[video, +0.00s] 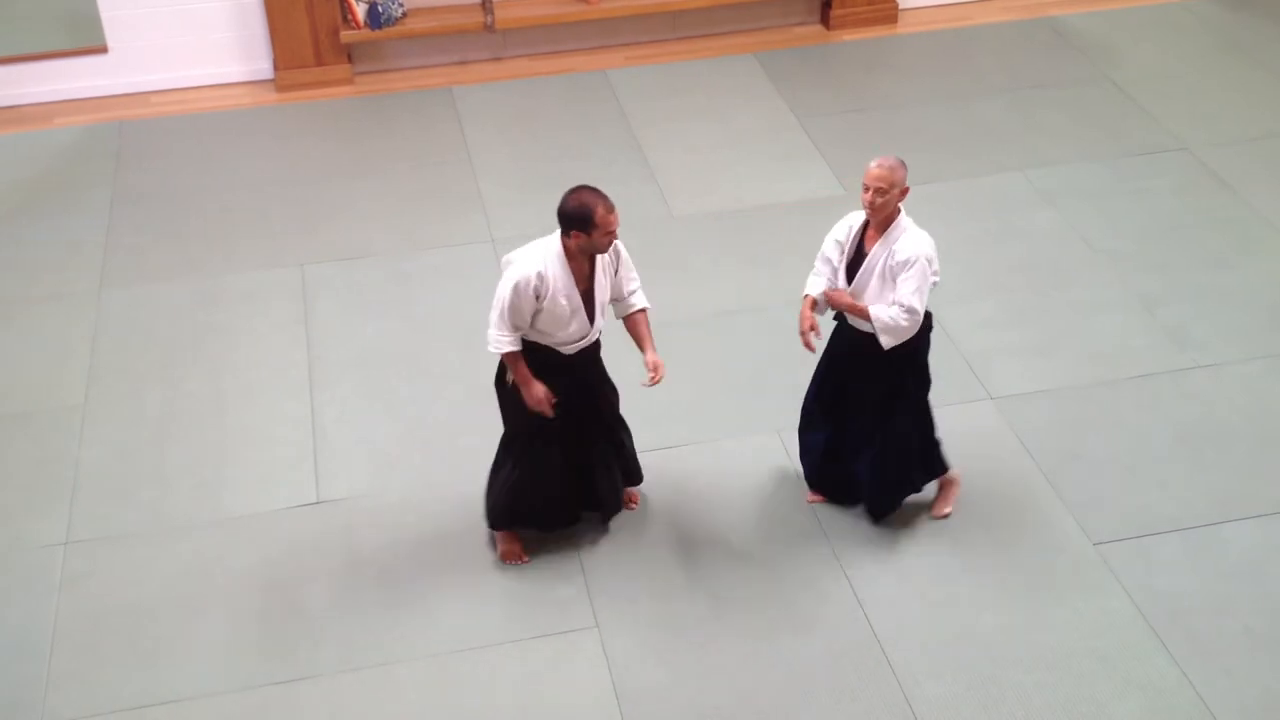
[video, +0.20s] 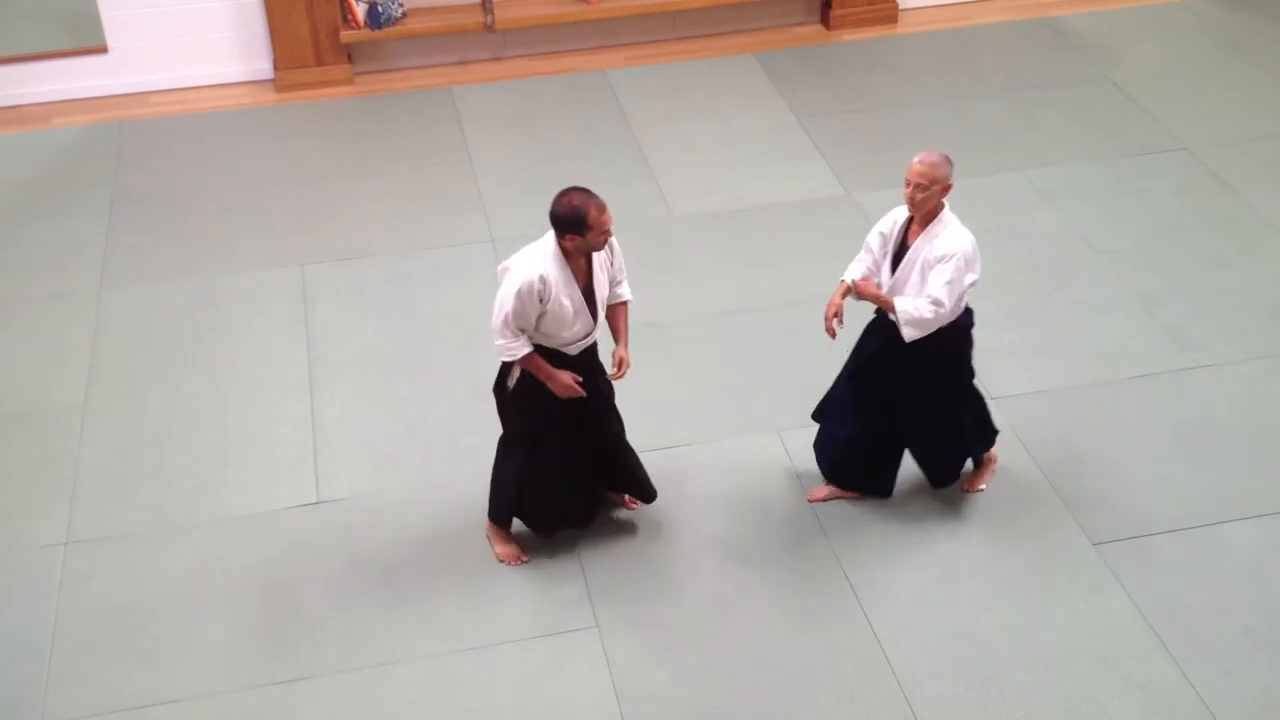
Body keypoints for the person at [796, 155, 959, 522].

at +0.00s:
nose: (869, 198)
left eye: (879, 192)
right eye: (865, 189)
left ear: (902, 194)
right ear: (860, 186)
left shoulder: (915, 248)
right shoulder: (851, 224)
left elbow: (905, 319)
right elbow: (824, 266)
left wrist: (853, 307)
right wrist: (807, 308)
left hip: (897, 341)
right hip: (851, 333)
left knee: (905, 416)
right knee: (823, 406)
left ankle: (945, 479)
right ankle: (831, 480)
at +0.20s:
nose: (910, 194)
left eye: (920, 188)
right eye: (908, 184)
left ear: (944, 191)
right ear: (903, 181)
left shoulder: (957, 246)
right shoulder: (897, 220)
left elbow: (935, 310)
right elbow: (868, 257)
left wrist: (881, 299)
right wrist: (839, 294)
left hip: (938, 339)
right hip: (891, 329)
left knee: (955, 401)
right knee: (859, 401)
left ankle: (985, 456)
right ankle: (852, 480)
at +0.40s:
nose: (947, 187)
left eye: (956, 183)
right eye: (947, 179)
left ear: (984, 185)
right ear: (945, 174)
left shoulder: (996, 236)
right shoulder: (940, 207)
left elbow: (962, 294)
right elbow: (904, 246)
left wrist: (897, 286)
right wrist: (863, 279)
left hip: (973, 332)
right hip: (929, 321)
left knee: (971, 403)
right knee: (893, 392)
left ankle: (988, 461)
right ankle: (866, 467)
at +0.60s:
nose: (969, 179)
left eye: (978, 174)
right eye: (968, 170)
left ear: (1006, 177)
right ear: (968, 165)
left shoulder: (1014, 228)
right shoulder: (965, 197)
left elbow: (966, 277)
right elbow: (923, 230)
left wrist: (900, 270)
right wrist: (872, 264)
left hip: (986, 323)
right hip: (944, 311)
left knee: (978, 397)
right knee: (907, 376)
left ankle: (987, 463)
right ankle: (891, 443)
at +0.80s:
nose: (967, 172)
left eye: (977, 167)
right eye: (966, 163)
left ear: (1004, 169)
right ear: (966, 159)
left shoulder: (1009, 220)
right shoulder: (960, 193)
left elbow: (957, 265)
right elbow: (917, 227)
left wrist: (888, 260)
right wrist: (862, 257)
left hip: (987, 317)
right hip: (945, 304)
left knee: (979, 392)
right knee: (909, 368)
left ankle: (985, 461)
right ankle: (891, 427)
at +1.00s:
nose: (945, 169)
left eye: (954, 164)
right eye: (943, 160)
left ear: (981, 166)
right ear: (942, 155)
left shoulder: (986, 215)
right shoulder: (937, 190)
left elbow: (931, 261)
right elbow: (895, 226)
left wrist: (862, 258)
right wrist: (845, 263)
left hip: (972, 310)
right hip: (930, 300)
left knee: (970, 387)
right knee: (902, 366)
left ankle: (982, 460)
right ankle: (892, 428)